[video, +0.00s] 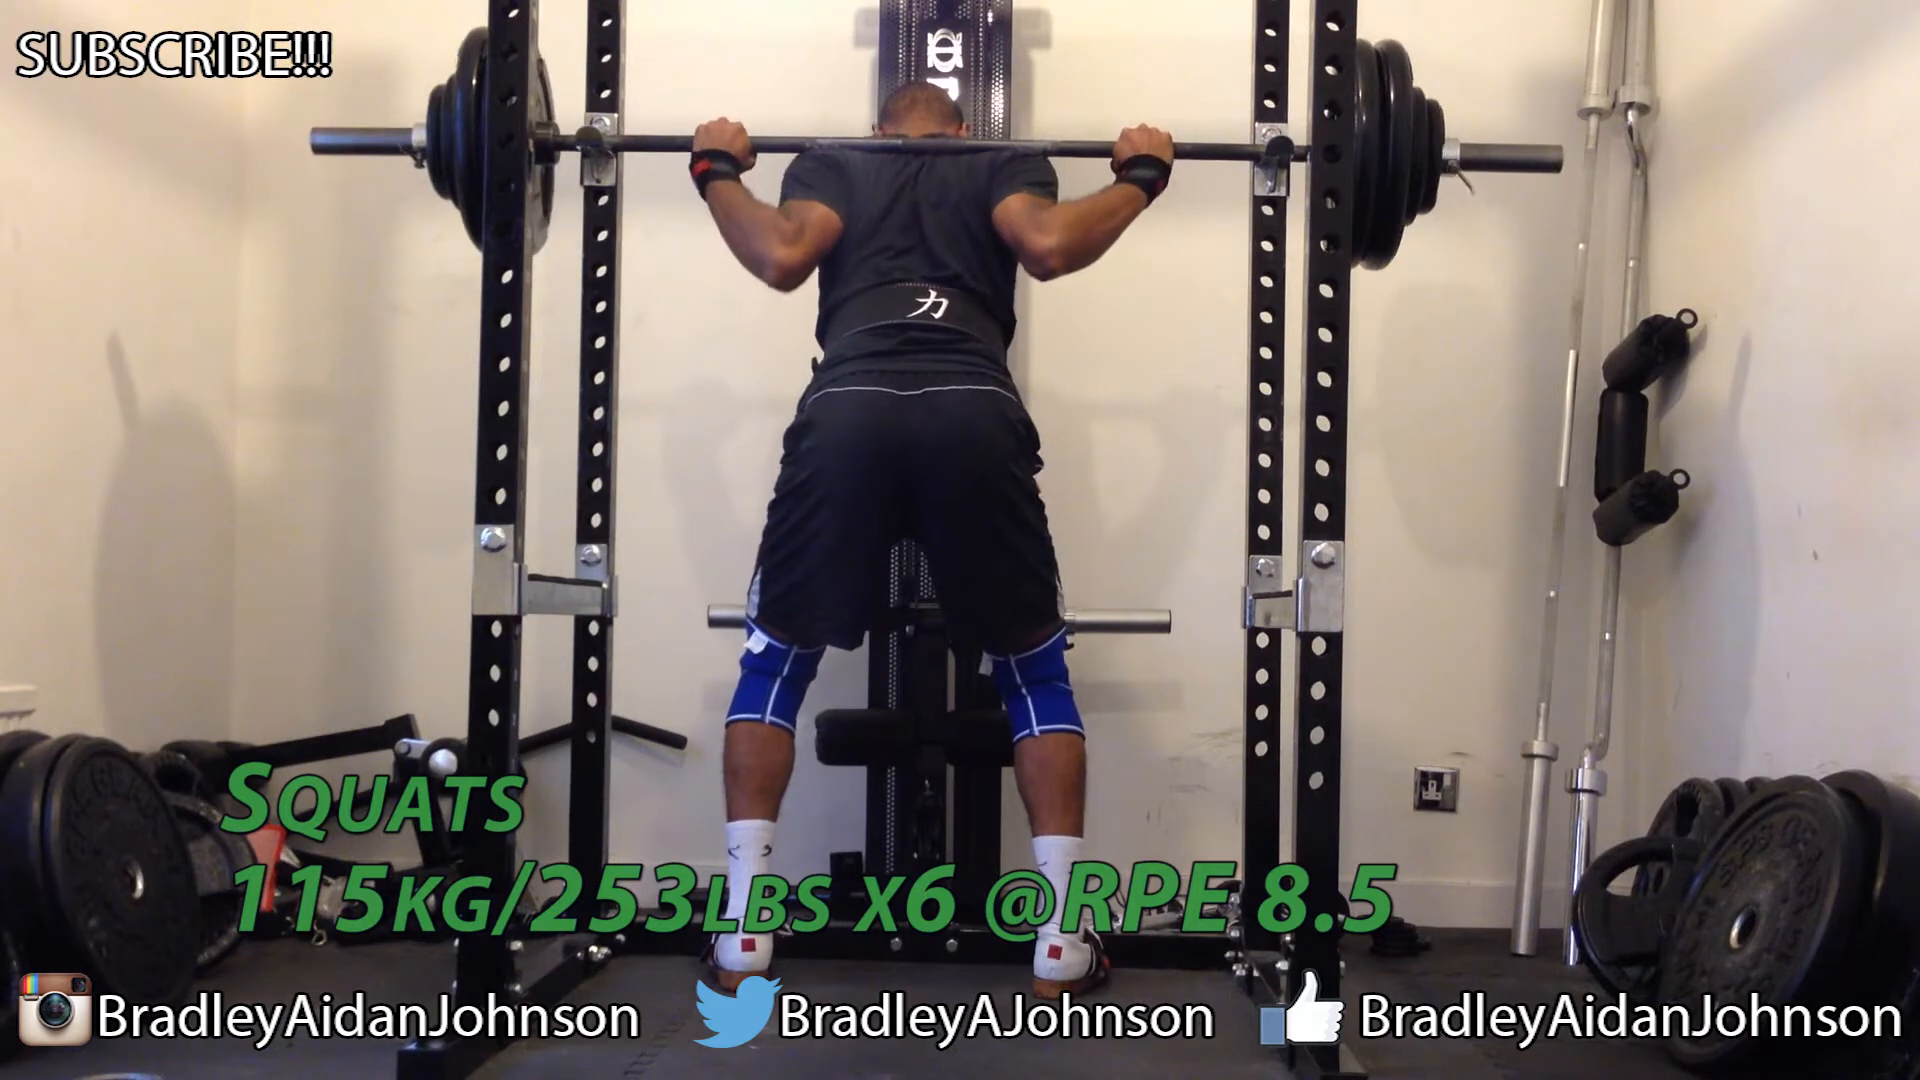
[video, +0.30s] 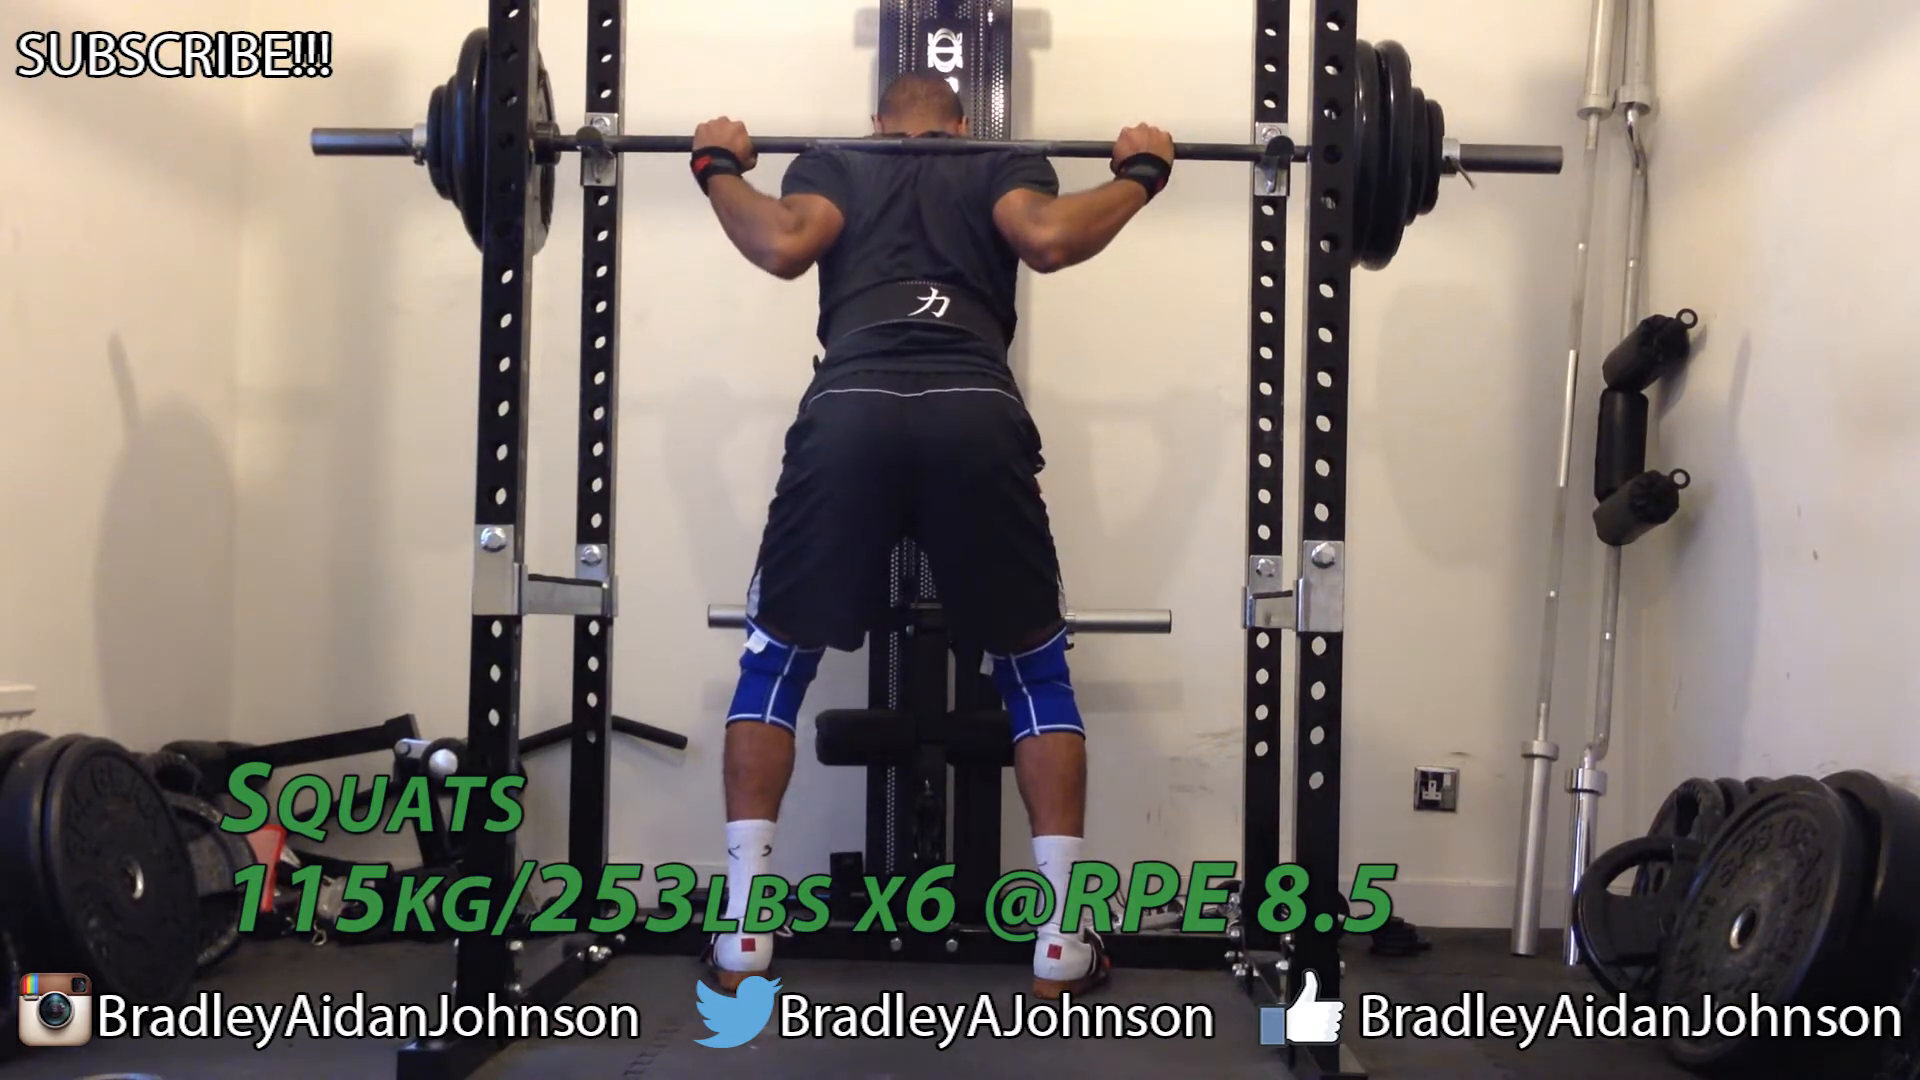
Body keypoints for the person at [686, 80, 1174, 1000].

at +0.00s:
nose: (939, 127)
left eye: (917, 119)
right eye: (951, 118)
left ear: (878, 126)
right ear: (965, 126)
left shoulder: (835, 161)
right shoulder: (999, 162)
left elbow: (781, 259)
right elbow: (1048, 248)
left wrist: (720, 174)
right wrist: (1137, 183)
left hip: (847, 412)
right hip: (973, 409)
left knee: (776, 658)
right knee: (1032, 668)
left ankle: (744, 916)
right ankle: (1062, 926)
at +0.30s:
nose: (924, 127)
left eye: (901, 117)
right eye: (950, 116)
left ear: (877, 123)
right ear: (962, 123)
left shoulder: (836, 163)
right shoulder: (997, 166)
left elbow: (783, 245)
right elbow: (1048, 241)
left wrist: (722, 174)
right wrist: (1137, 180)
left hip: (849, 414)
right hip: (977, 414)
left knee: (775, 660)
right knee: (1033, 671)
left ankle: (744, 919)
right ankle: (1063, 929)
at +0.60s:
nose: (906, 114)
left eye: (890, 102)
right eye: (956, 102)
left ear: (878, 110)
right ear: (969, 112)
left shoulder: (836, 161)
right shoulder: (1001, 161)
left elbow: (782, 231)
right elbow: (1048, 225)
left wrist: (722, 165)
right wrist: (1137, 167)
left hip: (844, 421)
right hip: (974, 424)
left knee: (773, 671)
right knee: (1036, 682)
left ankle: (743, 923)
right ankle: (1060, 931)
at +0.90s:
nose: (885, 102)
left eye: (885, 90)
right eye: (898, 89)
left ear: (886, 101)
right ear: (971, 109)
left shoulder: (837, 162)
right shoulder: (1005, 162)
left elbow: (779, 222)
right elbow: (1049, 215)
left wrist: (723, 161)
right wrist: (1133, 163)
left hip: (847, 427)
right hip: (977, 429)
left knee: (773, 672)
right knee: (1039, 681)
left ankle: (744, 917)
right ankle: (1061, 929)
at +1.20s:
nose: (901, 105)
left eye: (892, 93)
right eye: (947, 92)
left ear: (881, 105)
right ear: (972, 109)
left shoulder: (836, 163)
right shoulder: (1003, 163)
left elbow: (780, 224)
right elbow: (1051, 216)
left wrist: (723, 162)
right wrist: (1135, 164)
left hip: (849, 430)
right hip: (979, 432)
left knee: (773, 673)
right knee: (1042, 684)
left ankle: (744, 918)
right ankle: (1061, 931)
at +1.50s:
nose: (946, 110)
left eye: (904, 97)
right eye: (961, 99)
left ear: (880, 110)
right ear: (970, 111)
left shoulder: (837, 163)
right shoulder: (999, 163)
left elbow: (778, 219)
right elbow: (1050, 210)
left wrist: (723, 158)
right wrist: (1135, 162)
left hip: (849, 429)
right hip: (978, 431)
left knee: (771, 673)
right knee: (1042, 682)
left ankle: (744, 919)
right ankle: (1061, 930)